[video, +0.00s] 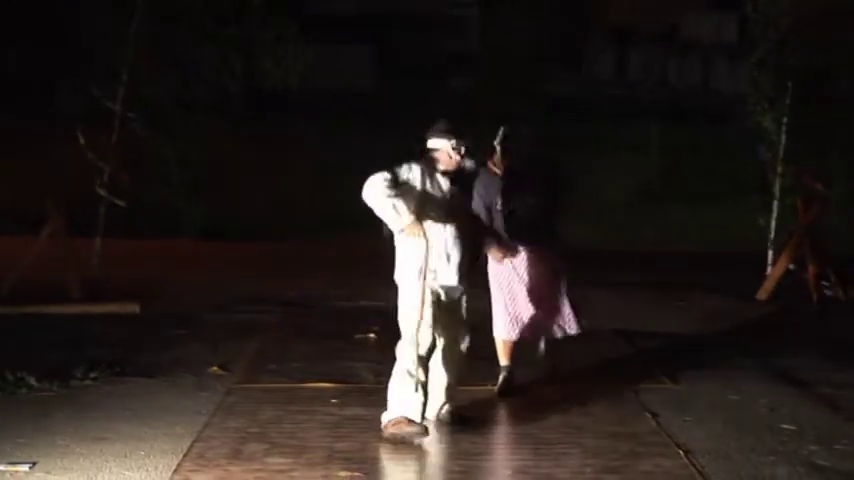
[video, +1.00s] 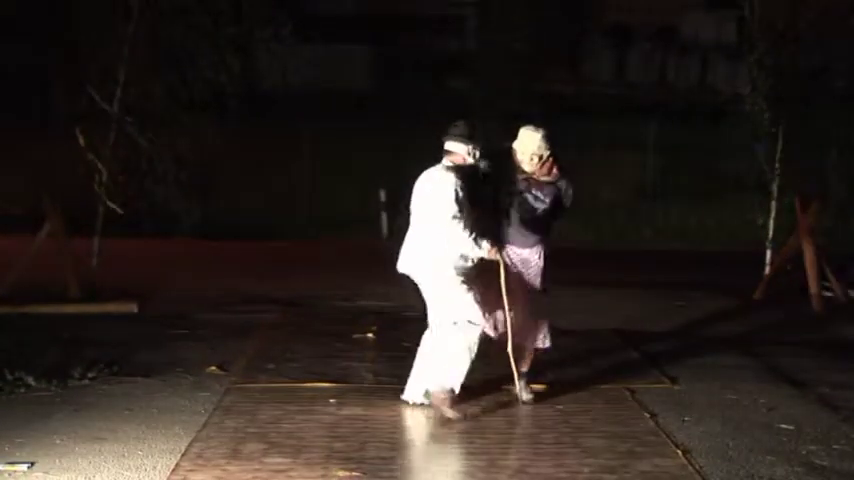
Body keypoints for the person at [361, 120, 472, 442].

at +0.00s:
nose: (460, 154)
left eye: (461, 148)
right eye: (454, 148)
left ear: (460, 151)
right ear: (435, 149)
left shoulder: (462, 183)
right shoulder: (413, 173)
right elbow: (374, 188)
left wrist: (491, 242)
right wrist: (404, 220)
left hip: (453, 282)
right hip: (417, 280)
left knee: (452, 347)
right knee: (415, 344)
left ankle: (439, 409)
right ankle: (398, 415)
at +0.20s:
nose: (463, 146)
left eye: (465, 140)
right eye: (458, 140)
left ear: (464, 143)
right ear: (443, 139)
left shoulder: (461, 175)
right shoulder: (417, 164)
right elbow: (404, 175)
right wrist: (427, 208)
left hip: (449, 264)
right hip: (421, 263)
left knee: (435, 328)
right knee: (438, 326)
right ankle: (413, 397)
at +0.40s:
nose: (470, 158)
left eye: (469, 152)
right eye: (468, 152)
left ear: (444, 152)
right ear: (460, 153)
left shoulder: (452, 183)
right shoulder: (433, 177)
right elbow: (430, 217)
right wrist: (462, 239)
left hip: (442, 272)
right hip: (423, 271)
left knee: (447, 334)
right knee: (446, 332)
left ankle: (435, 401)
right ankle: (422, 403)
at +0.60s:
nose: (474, 151)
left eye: (472, 146)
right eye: (471, 146)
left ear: (448, 147)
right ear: (463, 148)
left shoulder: (447, 173)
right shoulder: (443, 173)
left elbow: (452, 210)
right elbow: (436, 209)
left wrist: (472, 222)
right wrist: (464, 231)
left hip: (433, 258)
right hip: (425, 258)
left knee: (442, 321)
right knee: (441, 322)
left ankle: (430, 393)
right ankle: (426, 399)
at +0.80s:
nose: (476, 146)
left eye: (475, 140)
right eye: (473, 140)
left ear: (451, 140)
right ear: (465, 142)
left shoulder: (451, 170)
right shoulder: (441, 171)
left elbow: (451, 214)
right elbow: (436, 219)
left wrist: (471, 229)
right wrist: (467, 237)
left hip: (433, 259)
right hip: (428, 260)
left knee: (430, 324)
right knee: (440, 325)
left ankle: (421, 391)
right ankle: (418, 397)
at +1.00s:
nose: (476, 156)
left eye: (475, 151)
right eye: (473, 151)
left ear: (448, 149)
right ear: (463, 151)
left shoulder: (429, 177)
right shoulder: (446, 181)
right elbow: (451, 229)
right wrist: (482, 248)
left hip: (420, 262)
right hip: (435, 265)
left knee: (442, 323)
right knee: (469, 320)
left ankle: (416, 390)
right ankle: (442, 388)